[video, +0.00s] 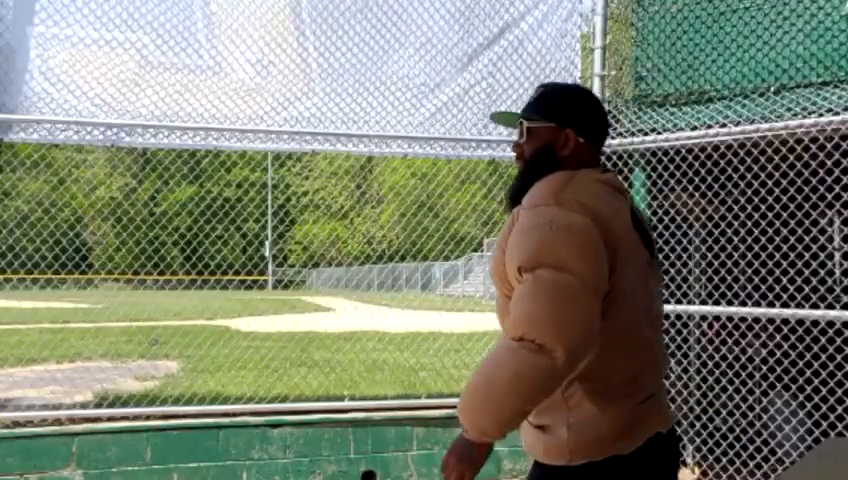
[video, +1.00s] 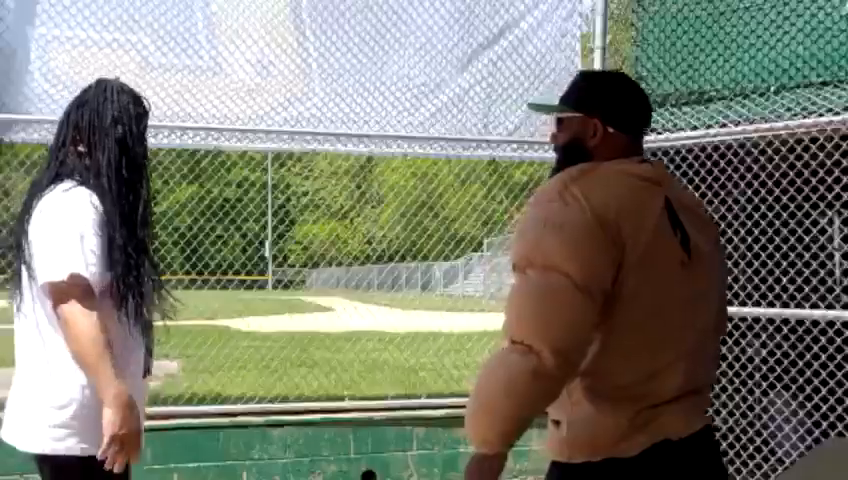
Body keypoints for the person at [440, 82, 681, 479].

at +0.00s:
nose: (517, 146)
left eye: (529, 132)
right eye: (520, 133)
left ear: (567, 141)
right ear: (570, 143)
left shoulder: (558, 206)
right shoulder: (605, 198)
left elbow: (547, 336)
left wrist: (477, 432)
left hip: (591, 455)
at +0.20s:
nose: (512, 139)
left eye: (522, 125)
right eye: (514, 126)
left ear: (559, 132)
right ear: (567, 135)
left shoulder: (549, 204)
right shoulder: (612, 196)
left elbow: (540, 343)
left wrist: (479, 445)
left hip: (589, 456)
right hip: (647, 443)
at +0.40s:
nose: (509, 137)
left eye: (520, 124)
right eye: (512, 124)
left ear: (557, 130)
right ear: (565, 132)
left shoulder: (547, 200)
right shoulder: (621, 194)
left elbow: (538, 345)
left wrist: (487, 455)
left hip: (587, 456)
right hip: (656, 440)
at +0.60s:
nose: (515, 135)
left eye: (527, 122)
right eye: (519, 122)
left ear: (563, 130)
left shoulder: (550, 200)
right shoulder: (639, 197)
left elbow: (534, 347)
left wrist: (485, 457)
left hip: (586, 456)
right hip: (665, 439)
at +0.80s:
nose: (534, 136)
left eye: (543, 123)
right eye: (536, 123)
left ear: (577, 129)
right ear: (612, 133)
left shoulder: (562, 199)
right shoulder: (663, 198)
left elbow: (533, 347)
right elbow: (677, 322)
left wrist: (482, 454)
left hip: (592, 454)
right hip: (678, 437)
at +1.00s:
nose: (553, 137)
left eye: (562, 123)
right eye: (555, 124)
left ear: (596, 129)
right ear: (632, 133)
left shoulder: (577, 200)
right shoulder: (684, 202)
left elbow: (542, 343)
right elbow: (706, 327)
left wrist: (489, 445)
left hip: (603, 455)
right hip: (692, 441)